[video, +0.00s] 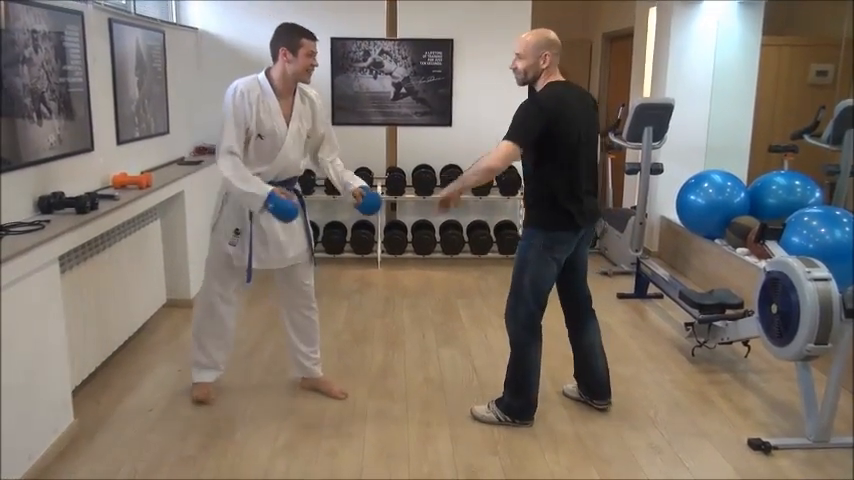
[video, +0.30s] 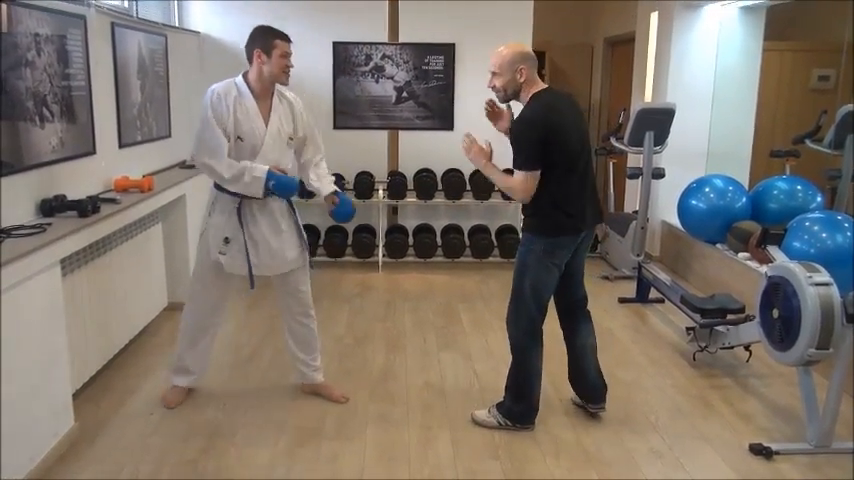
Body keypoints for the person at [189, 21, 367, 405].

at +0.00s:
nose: (316, 63)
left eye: (316, 56)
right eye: (310, 56)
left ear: (296, 58)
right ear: (284, 55)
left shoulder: (311, 99)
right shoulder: (244, 92)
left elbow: (326, 154)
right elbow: (227, 160)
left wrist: (354, 186)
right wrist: (267, 193)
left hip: (286, 200)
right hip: (241, 199)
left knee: (301, 287)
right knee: (221, 288)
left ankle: (310, 372)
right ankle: (205, 375)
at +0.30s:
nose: (291, 64)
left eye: (291, 57)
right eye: (284, 57)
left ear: (275, 61)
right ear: (258, 58)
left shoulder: (292, 104)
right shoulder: (222, 96)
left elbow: (310, 158)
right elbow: (209, 159)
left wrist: (330, 193)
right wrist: (265, 177)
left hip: (278, 208)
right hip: (228, 209)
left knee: (299, 295)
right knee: (205, 294)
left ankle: (311, 376)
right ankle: (184, 378)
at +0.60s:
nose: (266, 66)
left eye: (266, 59)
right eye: (259, 59)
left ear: (247, 62)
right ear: (233, 60)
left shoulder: (266, 106)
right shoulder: (200, 99)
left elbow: (277, 164)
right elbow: (198, 162)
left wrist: (301, 189)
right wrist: (256, 148)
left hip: (265, 209)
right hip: (217, 212)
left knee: (301, 293)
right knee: (201, 300)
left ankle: (319, 375)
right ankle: (184, 382)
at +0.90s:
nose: (279, 80)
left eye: (282, 73)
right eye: (274, 72)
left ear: (275, 73)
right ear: (248, 67)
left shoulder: (285, 110)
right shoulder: (216, 106)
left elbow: (327, 153)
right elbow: (228, 161)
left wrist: (361, 132)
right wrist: (275, 127)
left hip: (285, 214)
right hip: (237, 217)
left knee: (314, 300)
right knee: (212, 303)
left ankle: (331, 378)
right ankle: (188, 384)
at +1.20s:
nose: (287, 103)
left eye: (290, 97)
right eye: (284, 95)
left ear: (267, 91)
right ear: (259, 87)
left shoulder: (282, 128)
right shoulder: (219, 121)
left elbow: (301, 182)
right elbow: (232, 174)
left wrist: (325, 161)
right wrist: (277, 140)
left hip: (279, 228)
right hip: (232, 230)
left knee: (331, 301)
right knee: (202, 317)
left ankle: (334, 382)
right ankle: (185, 388)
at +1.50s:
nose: (277, 93)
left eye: (279, 87)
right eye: (272, 85)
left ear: (276, 87)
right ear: (248, 80)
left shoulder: (279, 121)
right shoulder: (211, 117)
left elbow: (303, 176)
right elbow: (224, 172)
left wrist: (328, 152)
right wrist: (262, 130)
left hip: (278, 222)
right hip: (229, 225)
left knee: (320, 301)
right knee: (203, 312)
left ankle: (334, 385)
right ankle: (183, 391)